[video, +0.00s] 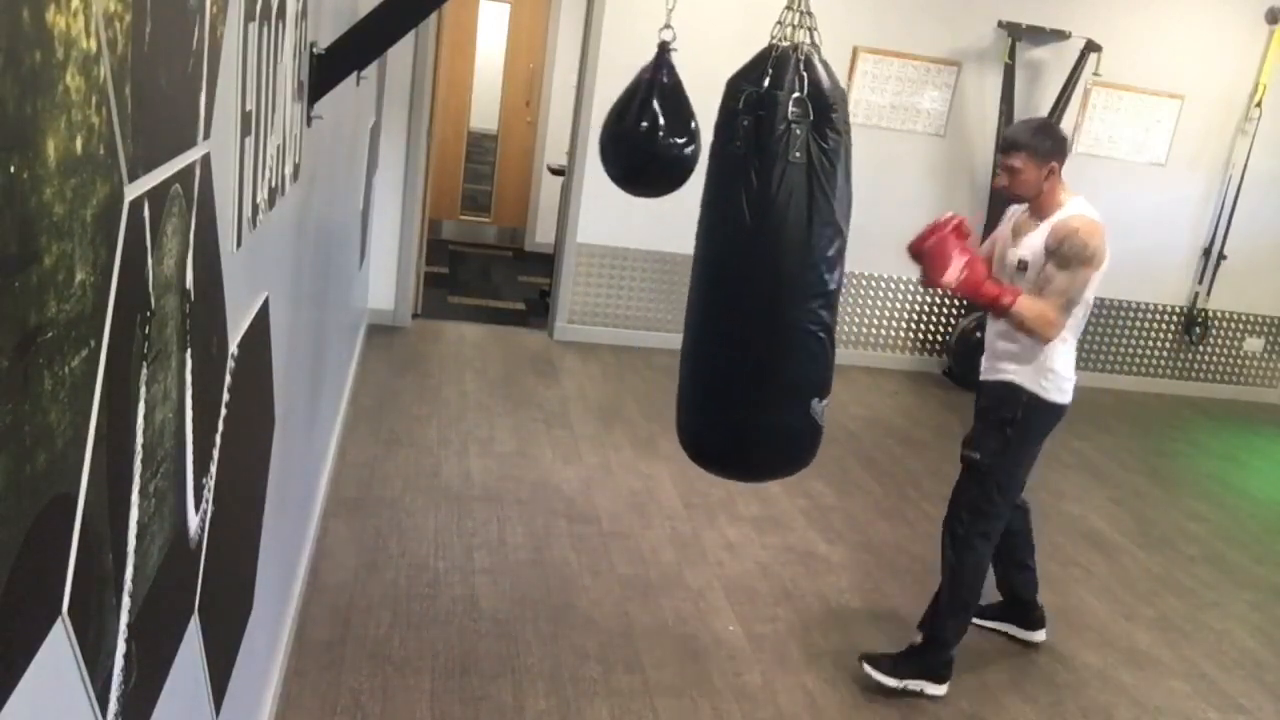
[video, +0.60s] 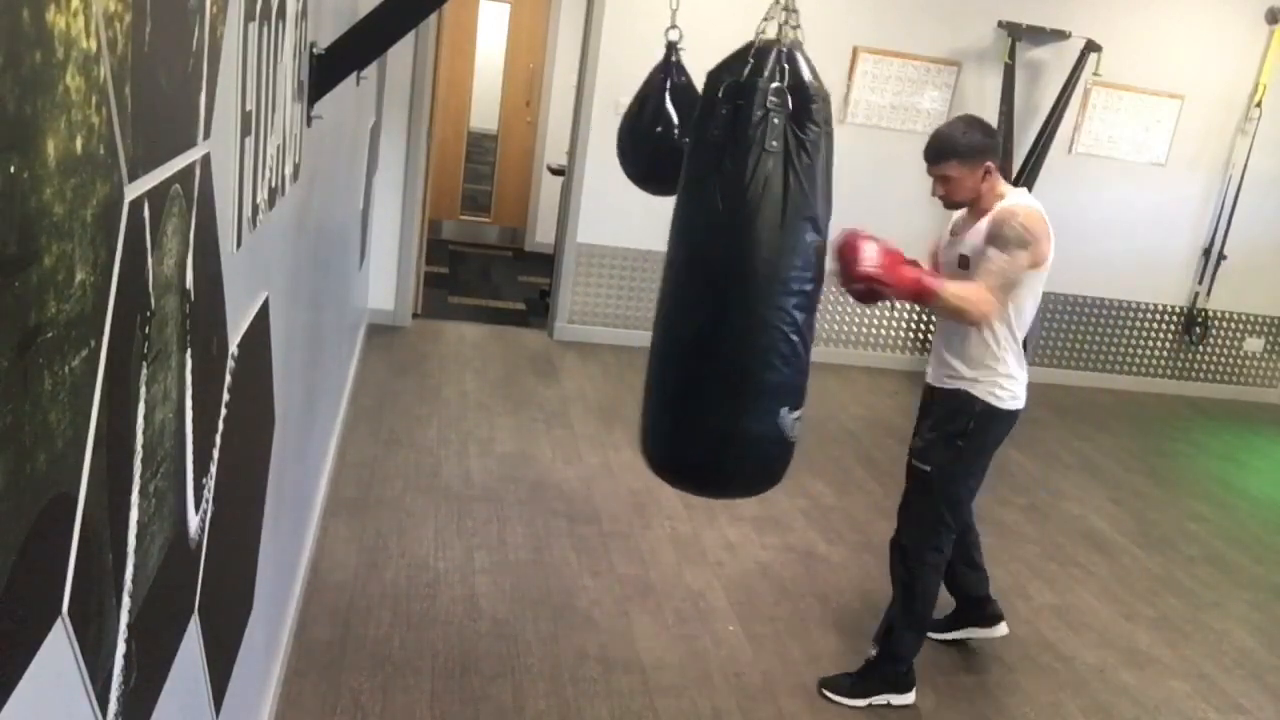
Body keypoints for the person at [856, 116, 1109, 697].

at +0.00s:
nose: (1003, 176)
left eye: (1013, 168)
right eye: (1002, 166)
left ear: (1051, 169)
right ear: (1021, 170)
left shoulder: (1080, 232)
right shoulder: (1017, 218)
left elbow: (1047, 322)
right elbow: (979, 273)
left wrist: (981, 286)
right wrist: (951, 255)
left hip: (1030, 390)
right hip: (1003, 380)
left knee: (971, 518)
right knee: (1001, 498)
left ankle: (932, 660)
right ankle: (1022, 607)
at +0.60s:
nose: (937, 189)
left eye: (946, 179)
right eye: (935, 178)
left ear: (986, 171)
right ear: (963, 170)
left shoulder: (1020, 221)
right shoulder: (967, 217)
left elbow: (981, 305)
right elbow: (941, 283)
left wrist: (908, 279)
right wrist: (888, 276)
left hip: (978, 398)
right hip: (948, 388)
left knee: (921, 532)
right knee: (944, 509)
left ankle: (892, 670)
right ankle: (978, 606)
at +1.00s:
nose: (933, 190)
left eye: (943, 179)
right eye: (931, 178)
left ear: (984, 172)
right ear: (944, 171)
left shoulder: (1033, 230)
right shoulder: (952, 216)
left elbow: (1022, 331)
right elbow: (917, 260)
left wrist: (948, 303)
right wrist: (869, 269)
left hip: (988, 400)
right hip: (948, 386)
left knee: (924, 533)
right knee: (949, 504)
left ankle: (891, 670)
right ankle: (978, 608)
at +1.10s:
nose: (934, 196)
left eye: (942, 184)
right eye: (933, 184)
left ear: (984, 177)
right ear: (965, 179)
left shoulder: (1030, 235)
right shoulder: (962, 227)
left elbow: (1030, 332)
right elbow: (947, 291)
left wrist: (955, 309)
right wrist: (897, 274)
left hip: (996, 406)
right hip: (962, 392)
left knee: (916, 528)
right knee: (952, 509)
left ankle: (892, 670)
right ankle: (980, 625)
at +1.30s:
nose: (965, 198)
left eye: (971, 185)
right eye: (959, 189)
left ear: (1005, 167)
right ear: (966, 180)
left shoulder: (1055, 217)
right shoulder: (984, 220)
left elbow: (1047, 308)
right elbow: (947, 302)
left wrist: (975, 261)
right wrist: (922, 255)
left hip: (1005, 394)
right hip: (976, 384)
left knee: (929, 525)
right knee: (968, 508)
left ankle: (905, 677)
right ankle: (979, 622)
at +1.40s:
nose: (974, 209)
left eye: (976, 196)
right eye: (969, 198)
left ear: (1010, 177)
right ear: (1002, 182)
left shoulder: (1062, 225)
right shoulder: (1011, 224)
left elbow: (1026, 312)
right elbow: (945, 286)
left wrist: (974, 246)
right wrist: (920, 238)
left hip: (1001, 399)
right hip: (982, 392)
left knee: (934, 536)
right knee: (971, 514)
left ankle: (917, 694)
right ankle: (978, 625)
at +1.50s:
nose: (977, 230)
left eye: (979, 219)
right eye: (972, 220)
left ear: (1011, 202)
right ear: (1011, 202)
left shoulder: (1057, 251)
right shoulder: (1022, 243)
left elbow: (999, 336)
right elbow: (945, 300)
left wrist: (961, 266)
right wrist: (918, 246)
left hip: (1001, 422)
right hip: (992, 412)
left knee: (936, 557)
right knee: (958, 529)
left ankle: (926, 708)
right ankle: (982, 635)